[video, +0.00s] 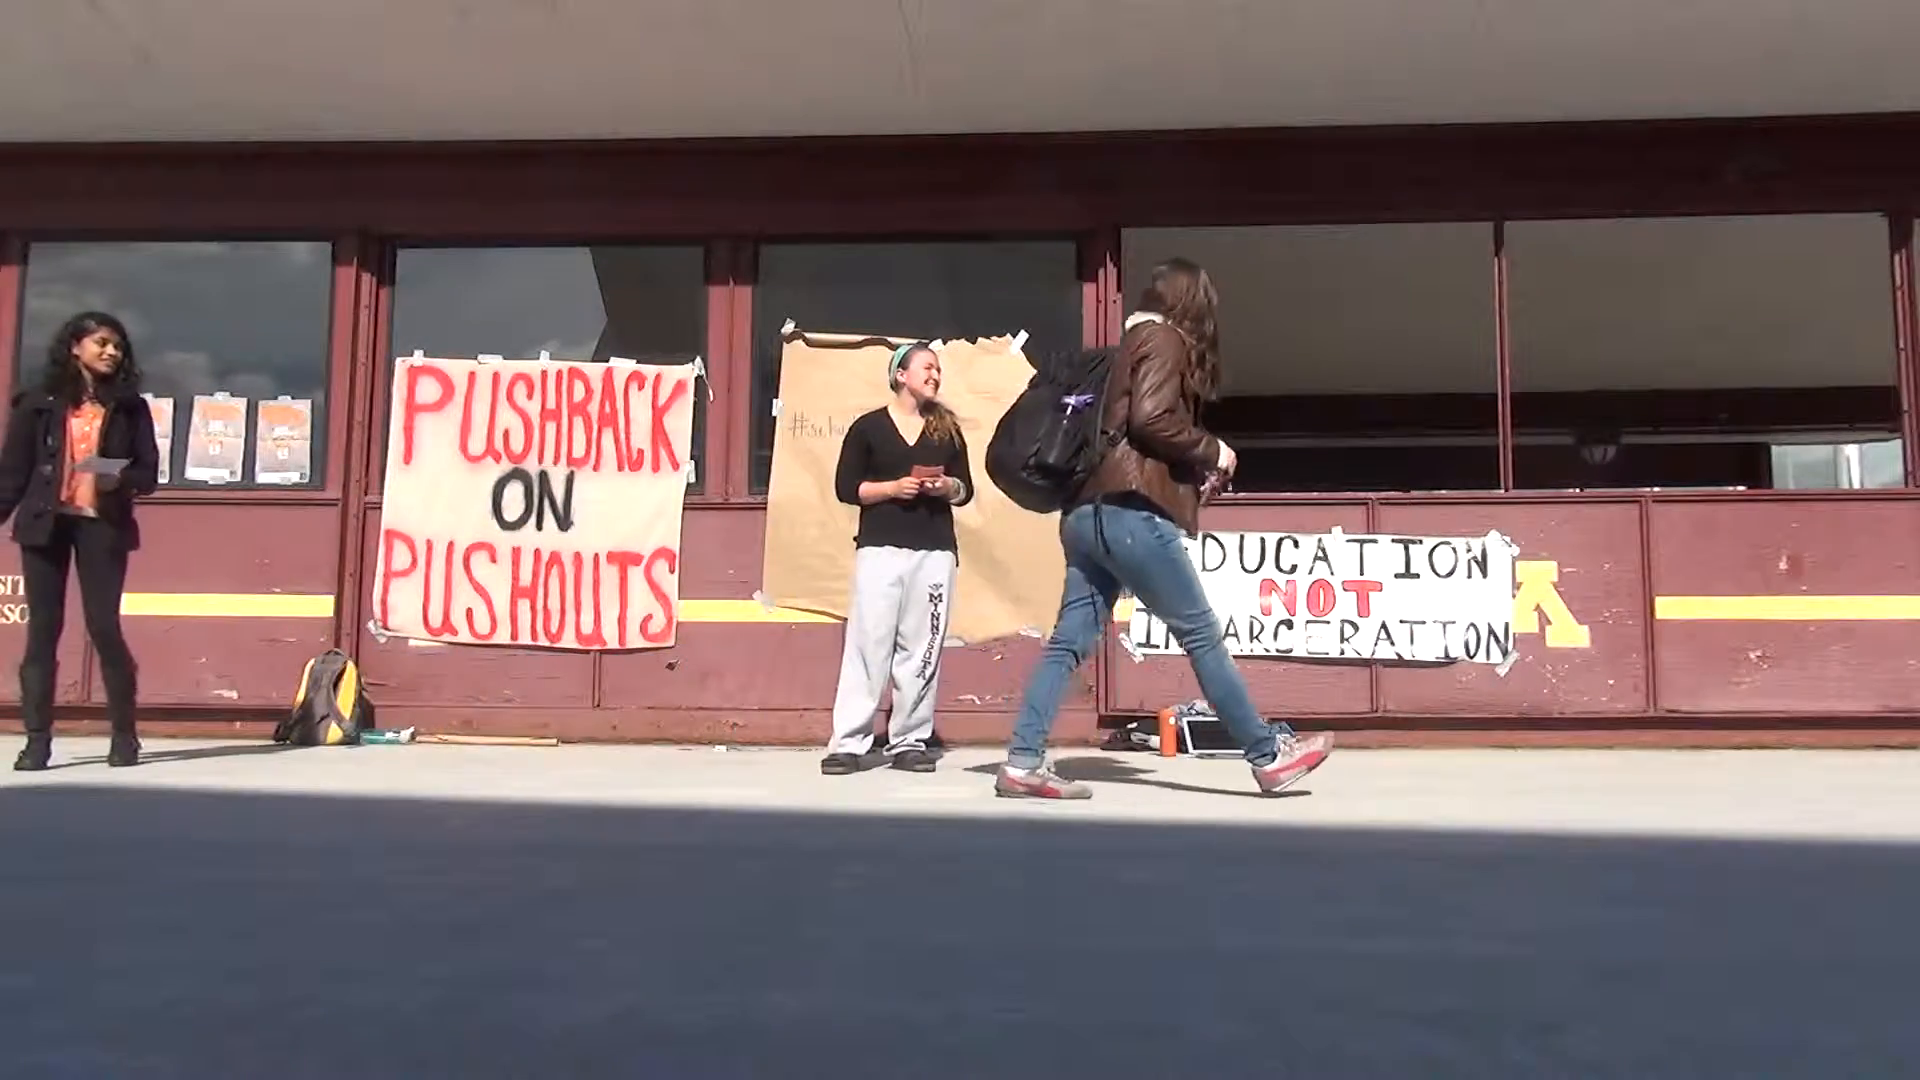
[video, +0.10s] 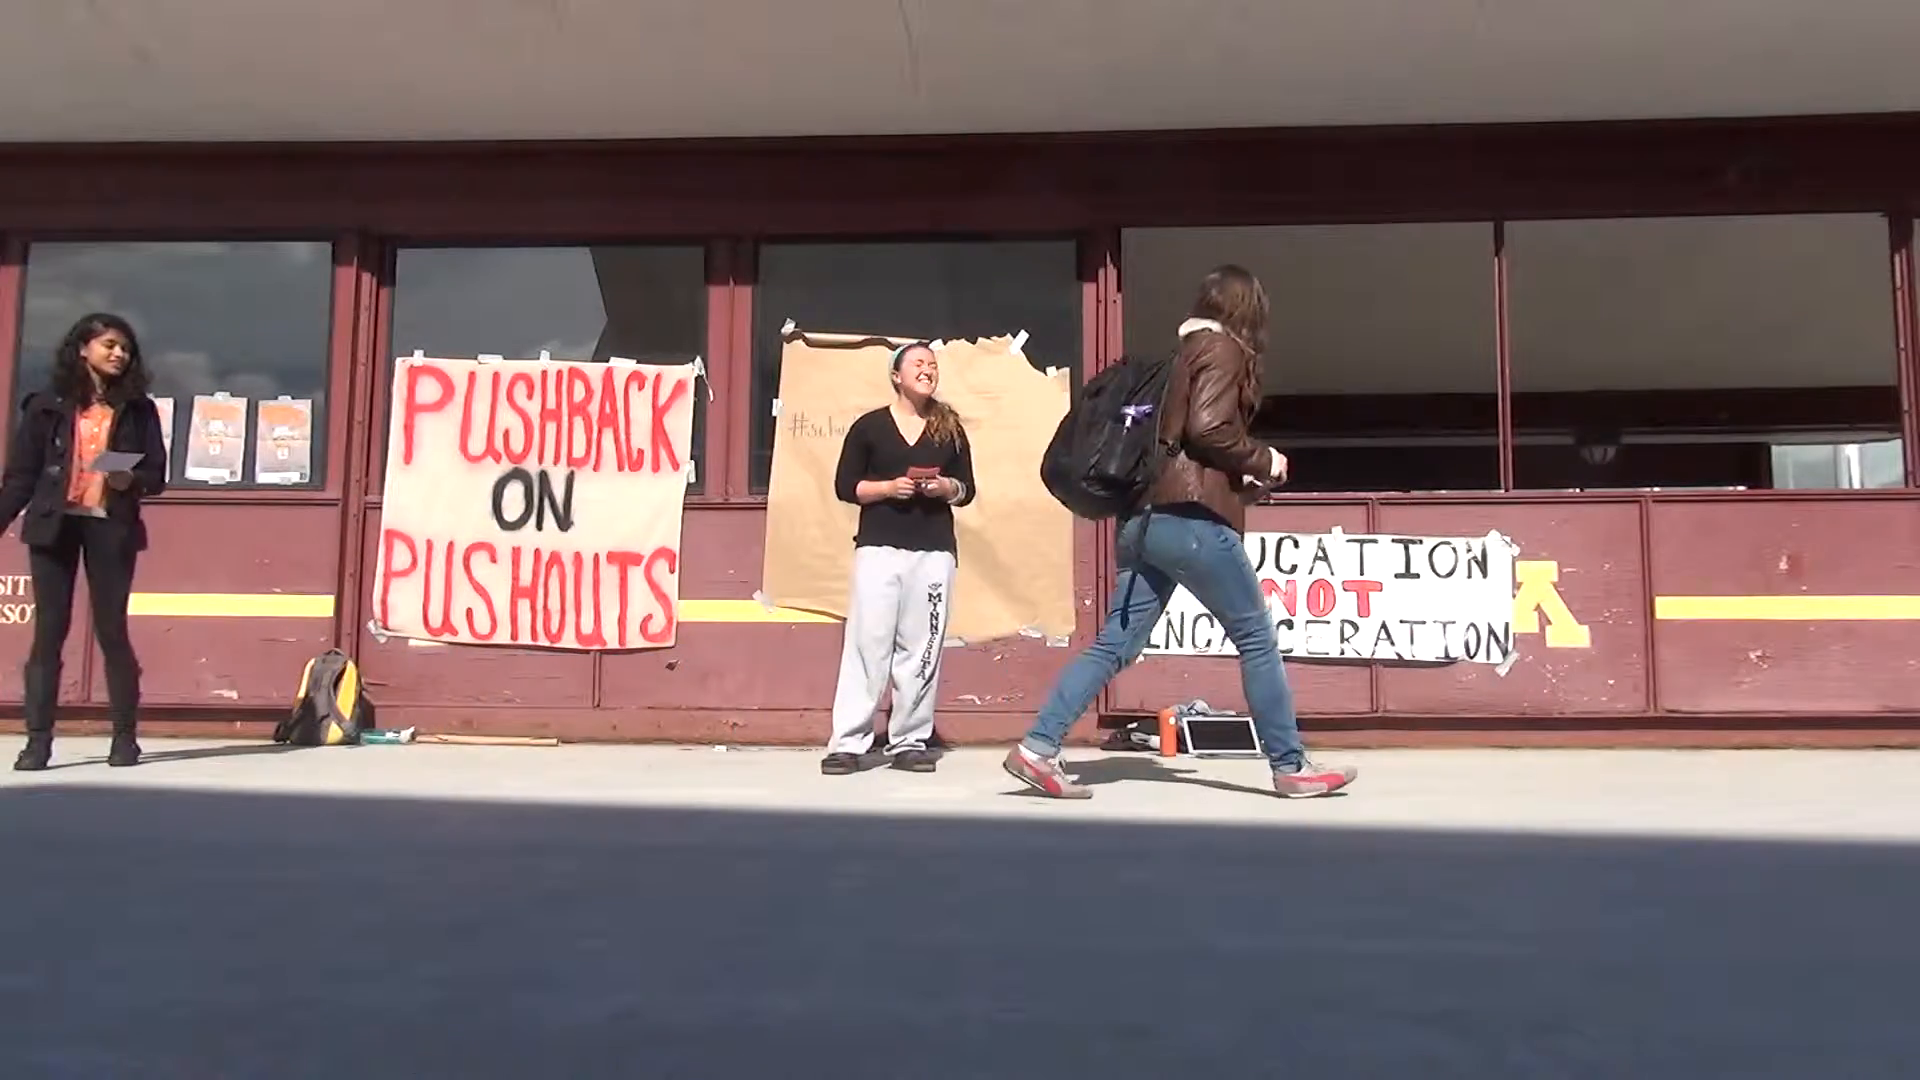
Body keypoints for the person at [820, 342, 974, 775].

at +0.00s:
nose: (936, 375)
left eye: (938, 369)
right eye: (927, 367)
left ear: (937, 379)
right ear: (900, 373)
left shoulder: (946, 429)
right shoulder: (866, 427)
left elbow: (964, 490)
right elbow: (846, 489)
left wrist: (947, 487)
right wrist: (893, 488)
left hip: (934, 550)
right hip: (880, 548)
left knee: (921, 648)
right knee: (869, 645)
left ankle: (910, 742)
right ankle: (848, 744)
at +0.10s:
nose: (928, 370)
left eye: (932, 365)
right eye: (918, 364)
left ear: (937, 376)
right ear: (897, 374)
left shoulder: (950, 428)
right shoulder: (867, 427)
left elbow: (966, 489)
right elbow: (845, 487)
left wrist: (947, 489)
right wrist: (889, 488)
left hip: (933, 551)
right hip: (879, 548)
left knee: (921, 647)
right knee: (868, 645)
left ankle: (909, 742)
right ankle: (848, 744)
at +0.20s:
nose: (909, 369)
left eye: (918, 362)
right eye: (902, 364)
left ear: (933, 373)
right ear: (892, 375)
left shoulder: (953, 428)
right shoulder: (869, 426)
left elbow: (969, 490)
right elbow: (846, 485)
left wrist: (942, 490)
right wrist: (887, 488)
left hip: (930, 550)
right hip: (877, 546)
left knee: (920, 646)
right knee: (866, 644)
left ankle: (909, 742)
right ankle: (847, 743)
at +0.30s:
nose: (893, 370)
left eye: (902, 363)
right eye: (889, 364)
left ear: (925, 372)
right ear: (884, 374)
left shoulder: (953, 428)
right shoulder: (869, 426)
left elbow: (972, 489)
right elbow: (847, 485)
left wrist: (938, 489)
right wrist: (875, 490)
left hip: (927, 551)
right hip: (874, 546)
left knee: (917, 645)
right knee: (862, 642)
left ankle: (908, 742)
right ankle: (842, 742)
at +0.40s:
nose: (883, 373)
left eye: (892, 366)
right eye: (882, 367)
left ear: (917, 373)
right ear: (882, 376)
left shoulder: (950, 426)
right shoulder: (868, 427)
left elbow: (970, 487)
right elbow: (849, 488)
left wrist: (931, 487)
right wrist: (868, 490)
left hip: (925, 550)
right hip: (872, 546)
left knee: (914, 645)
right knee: (858, 642)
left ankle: (908, 742)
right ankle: (838, 741)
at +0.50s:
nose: (875, 375)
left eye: (882, 368)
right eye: (875, 368)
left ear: (909, 374)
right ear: (885, 376)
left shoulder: (944, 427)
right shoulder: (866, 429)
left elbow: (965, 485)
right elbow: (847, 489)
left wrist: (921, 485)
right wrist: (864, 490)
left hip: (920, 551)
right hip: (870, 547)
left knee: (909, 646)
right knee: (853, 642)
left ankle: (907, 741)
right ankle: (841, 741)